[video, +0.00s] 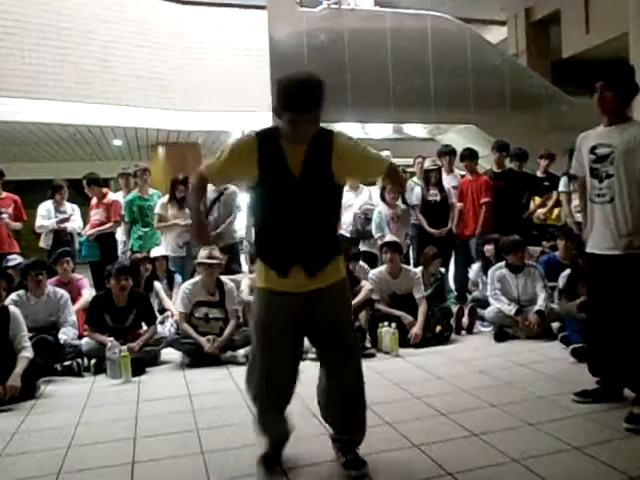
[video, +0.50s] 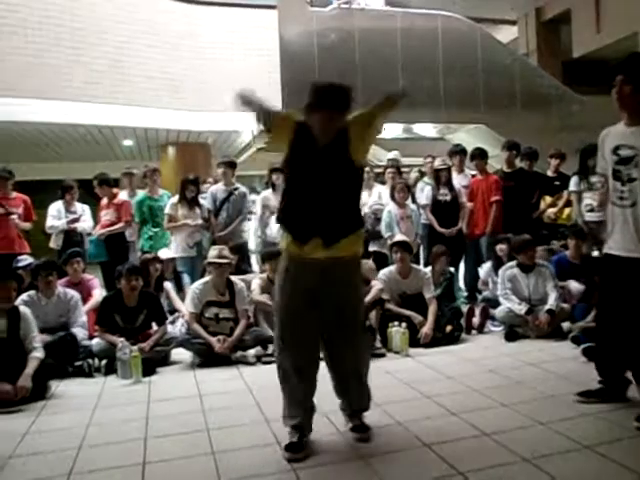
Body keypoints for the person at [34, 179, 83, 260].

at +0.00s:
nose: (63, 196)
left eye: (65, 193)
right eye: (60, 193)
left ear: (67, 194)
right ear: (54, 194)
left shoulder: (73, 208)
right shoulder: (44, 207)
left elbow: (79, 226)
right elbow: (39, 226)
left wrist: (67, 227)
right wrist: (56, 223)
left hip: (69, 240)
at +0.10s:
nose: (63, 196)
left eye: (65, 193)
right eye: (60, 193)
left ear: (68, 194)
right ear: (54, 194)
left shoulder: (74, 208)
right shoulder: (44, 207)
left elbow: (79, 226)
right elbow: (39, 226)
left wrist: (67, 227)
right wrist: (56, 223)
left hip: (69, 240)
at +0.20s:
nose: (63, 197)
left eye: (65, 194)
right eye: (60, 195)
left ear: (68, 195)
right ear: (54, 196)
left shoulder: (74, 209)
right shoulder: (45, 208)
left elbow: (79, 227)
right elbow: (39, 227)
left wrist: (66, 228)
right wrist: (56, 224)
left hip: (69, 241)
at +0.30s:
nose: (63, 196)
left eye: (64, 193)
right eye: (60, 194)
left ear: (67, 194)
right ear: (54, 194)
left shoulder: (73, 208)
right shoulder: (44, 206)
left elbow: (79, 225)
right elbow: (39, 226)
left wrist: (66, 227)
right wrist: (56, 223)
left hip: (69, 238)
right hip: (53, 238)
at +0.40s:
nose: (67, 197)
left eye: (69, 194)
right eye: (64, 194)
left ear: (71, 194)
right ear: (58, 195)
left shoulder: (79, 208)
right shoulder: (48, 207)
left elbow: (83, 226)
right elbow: (42, 227)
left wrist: (69, 228)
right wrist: (60, 224)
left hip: (72, 241)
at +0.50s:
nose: (73, 196)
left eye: (75, 193)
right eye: (70, 194)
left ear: (78, 194)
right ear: (64, 195)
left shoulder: (84, 208)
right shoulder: (55, 207)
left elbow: (89, 226)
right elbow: (49, 226)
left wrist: (76, 227)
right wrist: (66, 223)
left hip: (79, 239)